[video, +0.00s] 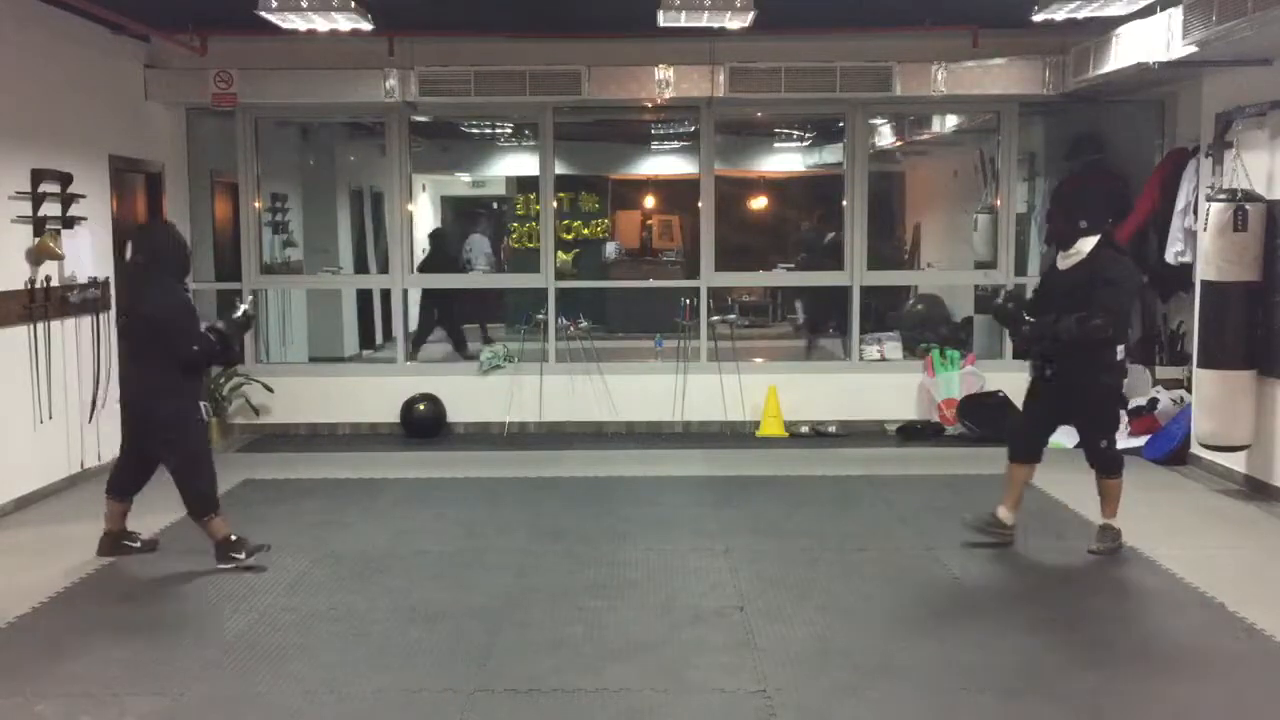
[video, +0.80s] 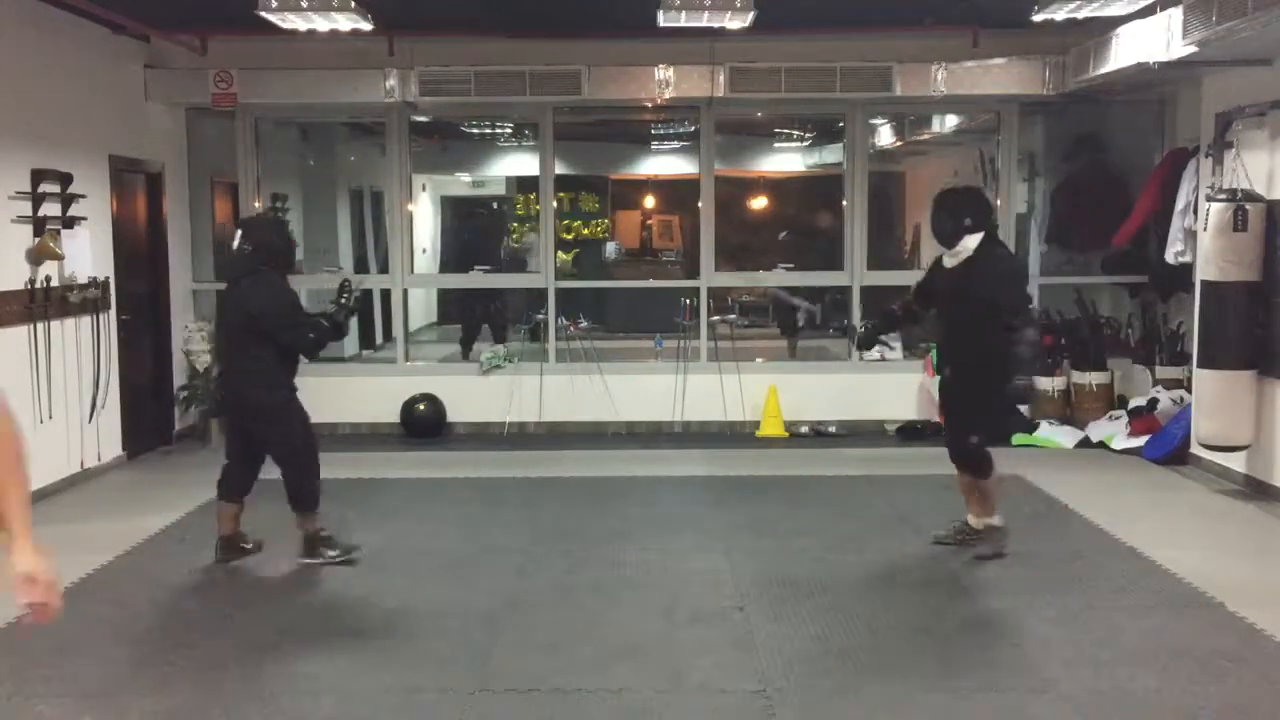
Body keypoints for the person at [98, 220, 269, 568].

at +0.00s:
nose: (187, 259)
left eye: (184, 252)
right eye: (182, 252)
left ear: (140, 255)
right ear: (172, 256)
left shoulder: (133, 288)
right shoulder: (167, 295)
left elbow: (165, 347)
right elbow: (190, 354)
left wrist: (211, 335)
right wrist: (226, 334)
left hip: (140, 397)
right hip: (171, 400)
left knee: (134, 461)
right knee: (194, 466)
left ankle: (114, 533)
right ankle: (225, 541)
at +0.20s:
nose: (218, 249)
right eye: (213, 243)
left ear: (175, 249)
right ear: (205, 248)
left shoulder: (163, 283)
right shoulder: (200, 289)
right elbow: (221, 349)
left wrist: (238, 335)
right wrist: (257, 331)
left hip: (168, 386)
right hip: (199, 391)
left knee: (171, 454)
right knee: (213, 461)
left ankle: (131, 526)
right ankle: (228, 545)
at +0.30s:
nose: (234, 248)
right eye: (229, 242)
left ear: (193, 248)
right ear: (220, 248)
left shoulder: (185, 285)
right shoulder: (217, 291)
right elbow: (240, 351)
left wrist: (260, 332)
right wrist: (271, 327)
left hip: (186, 388)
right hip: (213, 394)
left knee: (187, 455)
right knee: (220, 464)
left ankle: (154, 527)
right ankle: (230, 546)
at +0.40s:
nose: (251, 251)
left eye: (248, 243)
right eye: (247, 244)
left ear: (206, 246)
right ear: (240, 248)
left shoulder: (187, 288)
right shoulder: (230, 289)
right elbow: (257, 347)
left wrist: (278, 327)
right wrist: (288, 323)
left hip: (193, 389)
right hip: (224, 393)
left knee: (206, 456)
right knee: (230, 461)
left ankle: (191, 533)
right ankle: (232, 546)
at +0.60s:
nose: (269, 247)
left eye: (266, 240)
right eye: (264, 240)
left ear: (224, 246)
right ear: (252, 246)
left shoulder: (208, 289)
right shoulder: (247, 289)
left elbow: (255, 333)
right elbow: (278, 342)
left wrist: (300, 317)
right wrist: (310, 319)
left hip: (213, 390)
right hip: (245, 392)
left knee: (231, 456)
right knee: (272, 452)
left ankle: (227, 539)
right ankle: (243, 538)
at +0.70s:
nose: (280, 251)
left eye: (278, 243)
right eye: (275, 243)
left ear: (233, 247)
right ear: (260, 247)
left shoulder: (218, 291)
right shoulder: (256, 289)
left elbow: (268, 330)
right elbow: (290, 340)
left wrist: (312, 318)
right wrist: (321, 318)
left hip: (223, 394)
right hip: (256, 395)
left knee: (235, 458)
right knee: (294, 452)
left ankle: (227, 539)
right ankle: (269, 532)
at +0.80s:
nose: (294, 247)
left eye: (291, 240)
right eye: (288, 240)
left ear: (252, 247)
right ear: (273, 247)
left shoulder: (238, 285)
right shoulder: (269, 287)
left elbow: (287, 326)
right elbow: (306, 339)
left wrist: (328, 317)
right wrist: (336, 319)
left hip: (238, 391)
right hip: (269, 393)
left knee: (242, 460)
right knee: (301, 453)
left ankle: (228, 539)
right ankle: (313, 538)